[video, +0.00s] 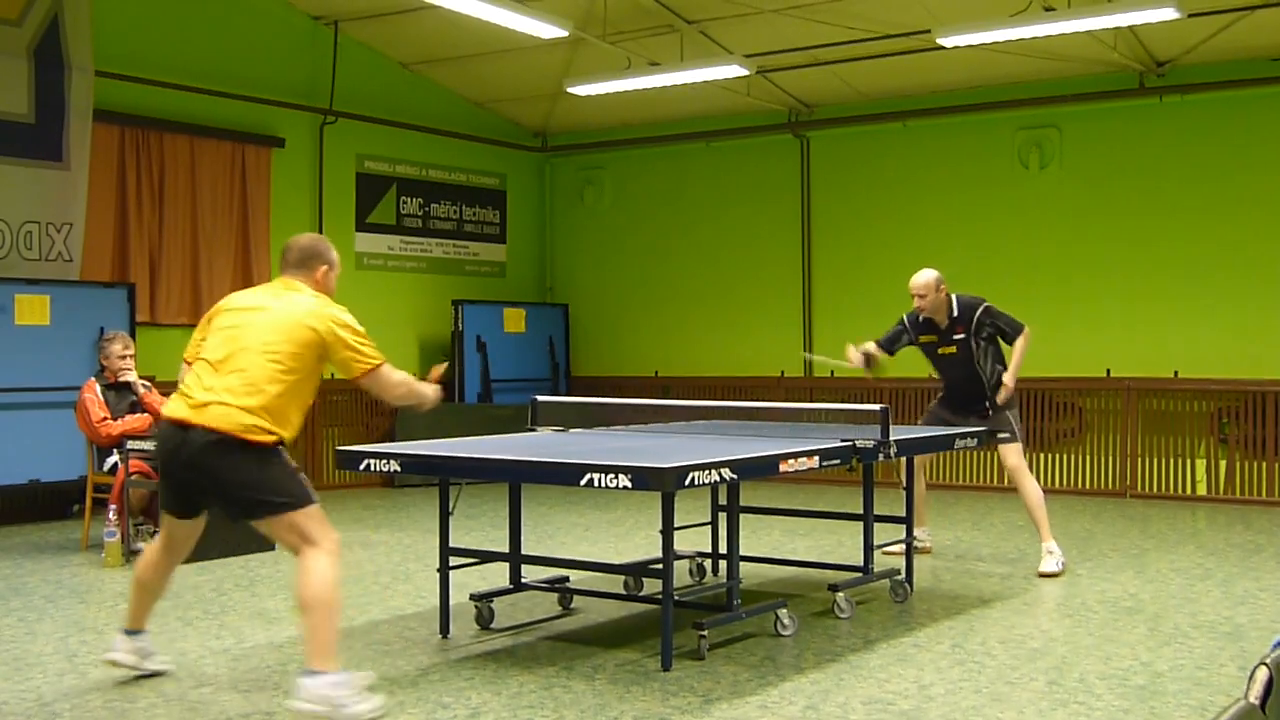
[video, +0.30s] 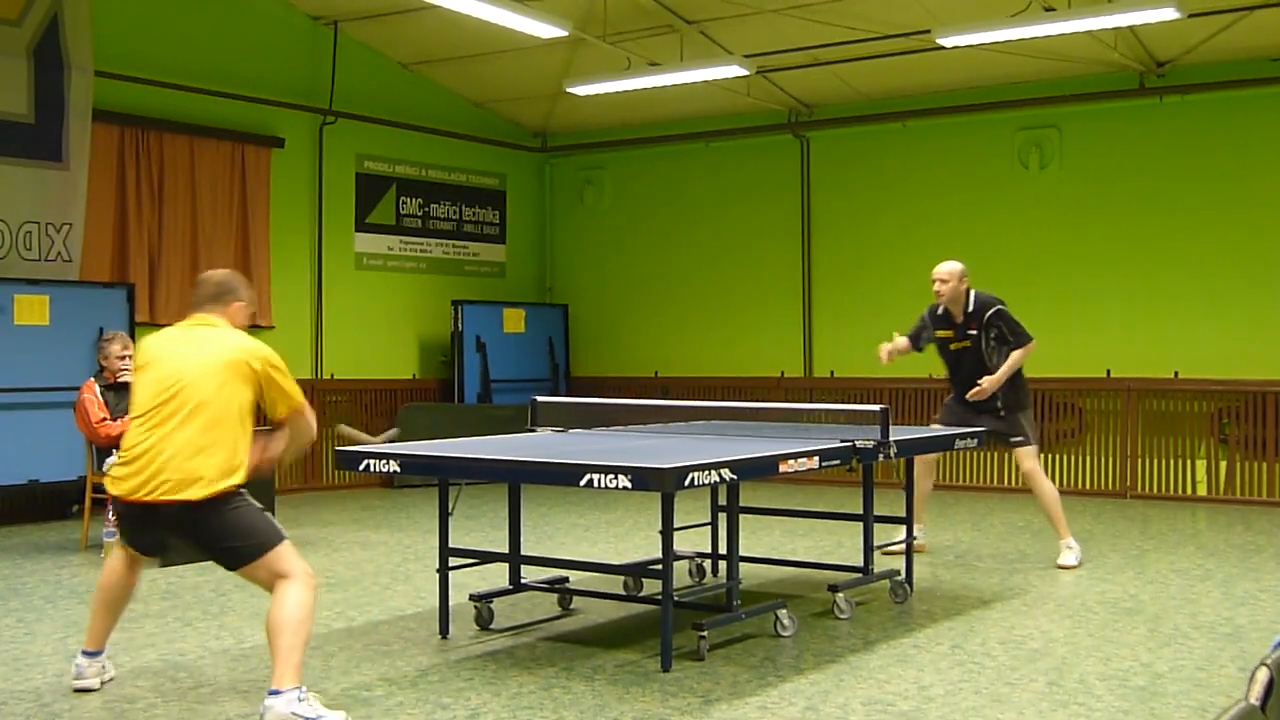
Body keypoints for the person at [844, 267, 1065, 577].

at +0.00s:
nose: (917, 303)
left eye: (922, 296)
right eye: (913, 297)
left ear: (942, 292)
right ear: (912, 295)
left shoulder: (974, 309)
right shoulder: (914, 322)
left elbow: (1020, 333)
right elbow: (882, 348)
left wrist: (1010, 378)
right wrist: (863, 351)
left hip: (993, 401)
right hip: (951, 402)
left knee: (1014, 464)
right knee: (912, 458)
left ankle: (1049, 547)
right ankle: (919, 535)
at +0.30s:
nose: (937, 288)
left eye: (943, 282)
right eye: (935, 282)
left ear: (963, 284)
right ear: (934, 285)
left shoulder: (989, 308)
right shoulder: (935, 316)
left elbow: (1024, 344)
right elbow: (912, 341)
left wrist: (998, 378)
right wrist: (892, 348)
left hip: (1007, 402)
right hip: (964, 401)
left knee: (1030, 468)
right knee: (924, 450)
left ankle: (1067, 542)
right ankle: (914, 532)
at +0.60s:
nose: (943, 296)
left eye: (949, 289)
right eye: (941, 291)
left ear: (969, 289)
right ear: (941, 294)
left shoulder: (999, 312)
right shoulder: (948, 324)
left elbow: (1035, 350)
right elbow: (938, 366)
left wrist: (1012, 390)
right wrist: (920, 395)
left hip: (1024, 400)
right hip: (982, 400)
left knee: (1041, 466)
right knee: (952, 460)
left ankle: (1070, 543)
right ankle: (954, 532)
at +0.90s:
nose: (960, 291)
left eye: (963, 285)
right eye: (959, 286)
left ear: (980, 282)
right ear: (975, 284)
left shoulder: (1007, 303)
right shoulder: (983, 306)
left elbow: (986, 348)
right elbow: (961, 341)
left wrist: (963, 313)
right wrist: (932, 336)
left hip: (1023, 402)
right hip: (994, 400)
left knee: (1026, 470)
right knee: (965, 455)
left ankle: (1084, 533)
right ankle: (974, 529)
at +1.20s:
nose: (973, 291)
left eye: (980, 285)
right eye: (969, 285)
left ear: (997, 287)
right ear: (966, 287)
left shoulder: (1017, 314)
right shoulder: (965, 316)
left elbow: (1044, 353)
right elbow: (939, 343)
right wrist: (921, 337)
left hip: (1017, 407)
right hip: (978, 405)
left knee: (1024, 469)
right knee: (930, 461)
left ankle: (1054, 545)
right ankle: (934, 531)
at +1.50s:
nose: (918, 295)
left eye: (924, 288)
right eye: (914, 290)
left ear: (943, 287)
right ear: (913, 293)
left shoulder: (967, 317)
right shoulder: (921, 322)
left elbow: (986, 363)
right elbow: (912, 363)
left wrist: (965, 401)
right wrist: (884, 391)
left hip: (981, 401)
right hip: (942, 399)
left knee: (1002, 471)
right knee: (894, 450)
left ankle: (1041, 536)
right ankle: (870, 522)